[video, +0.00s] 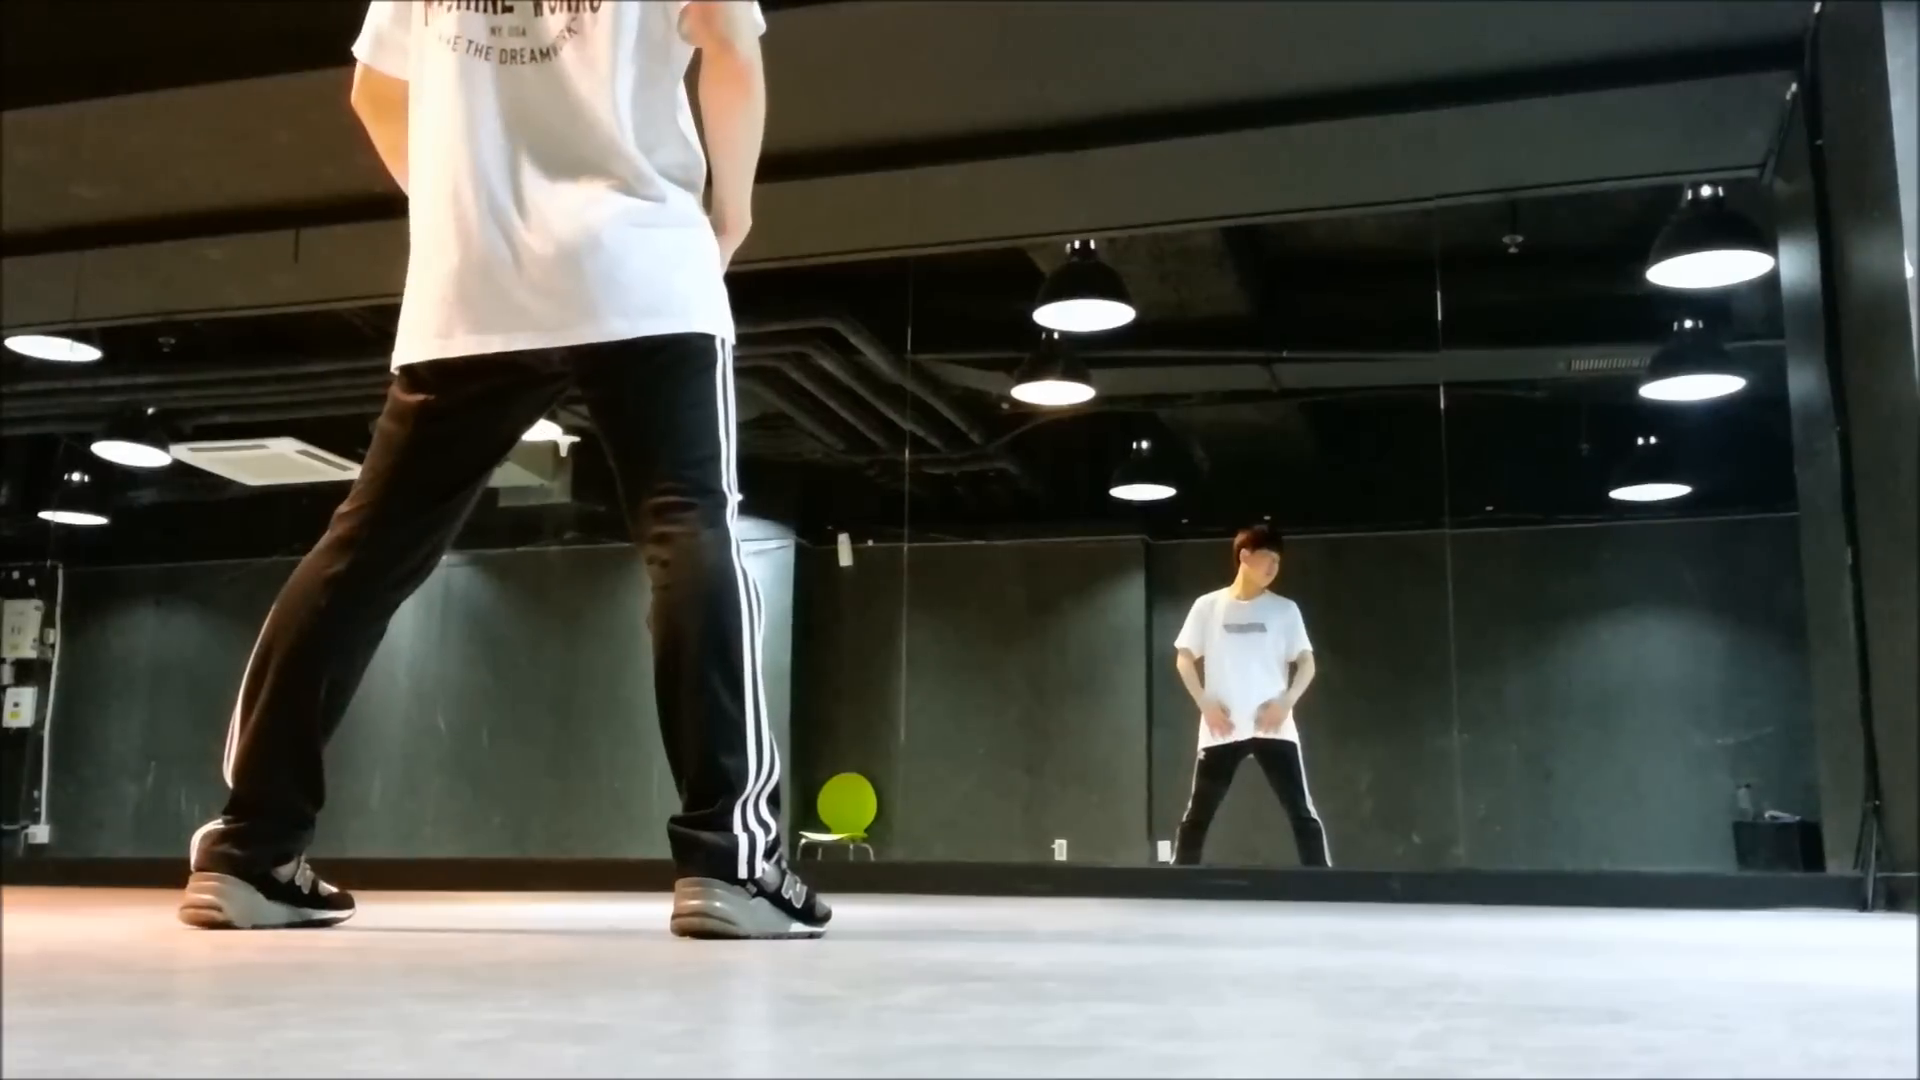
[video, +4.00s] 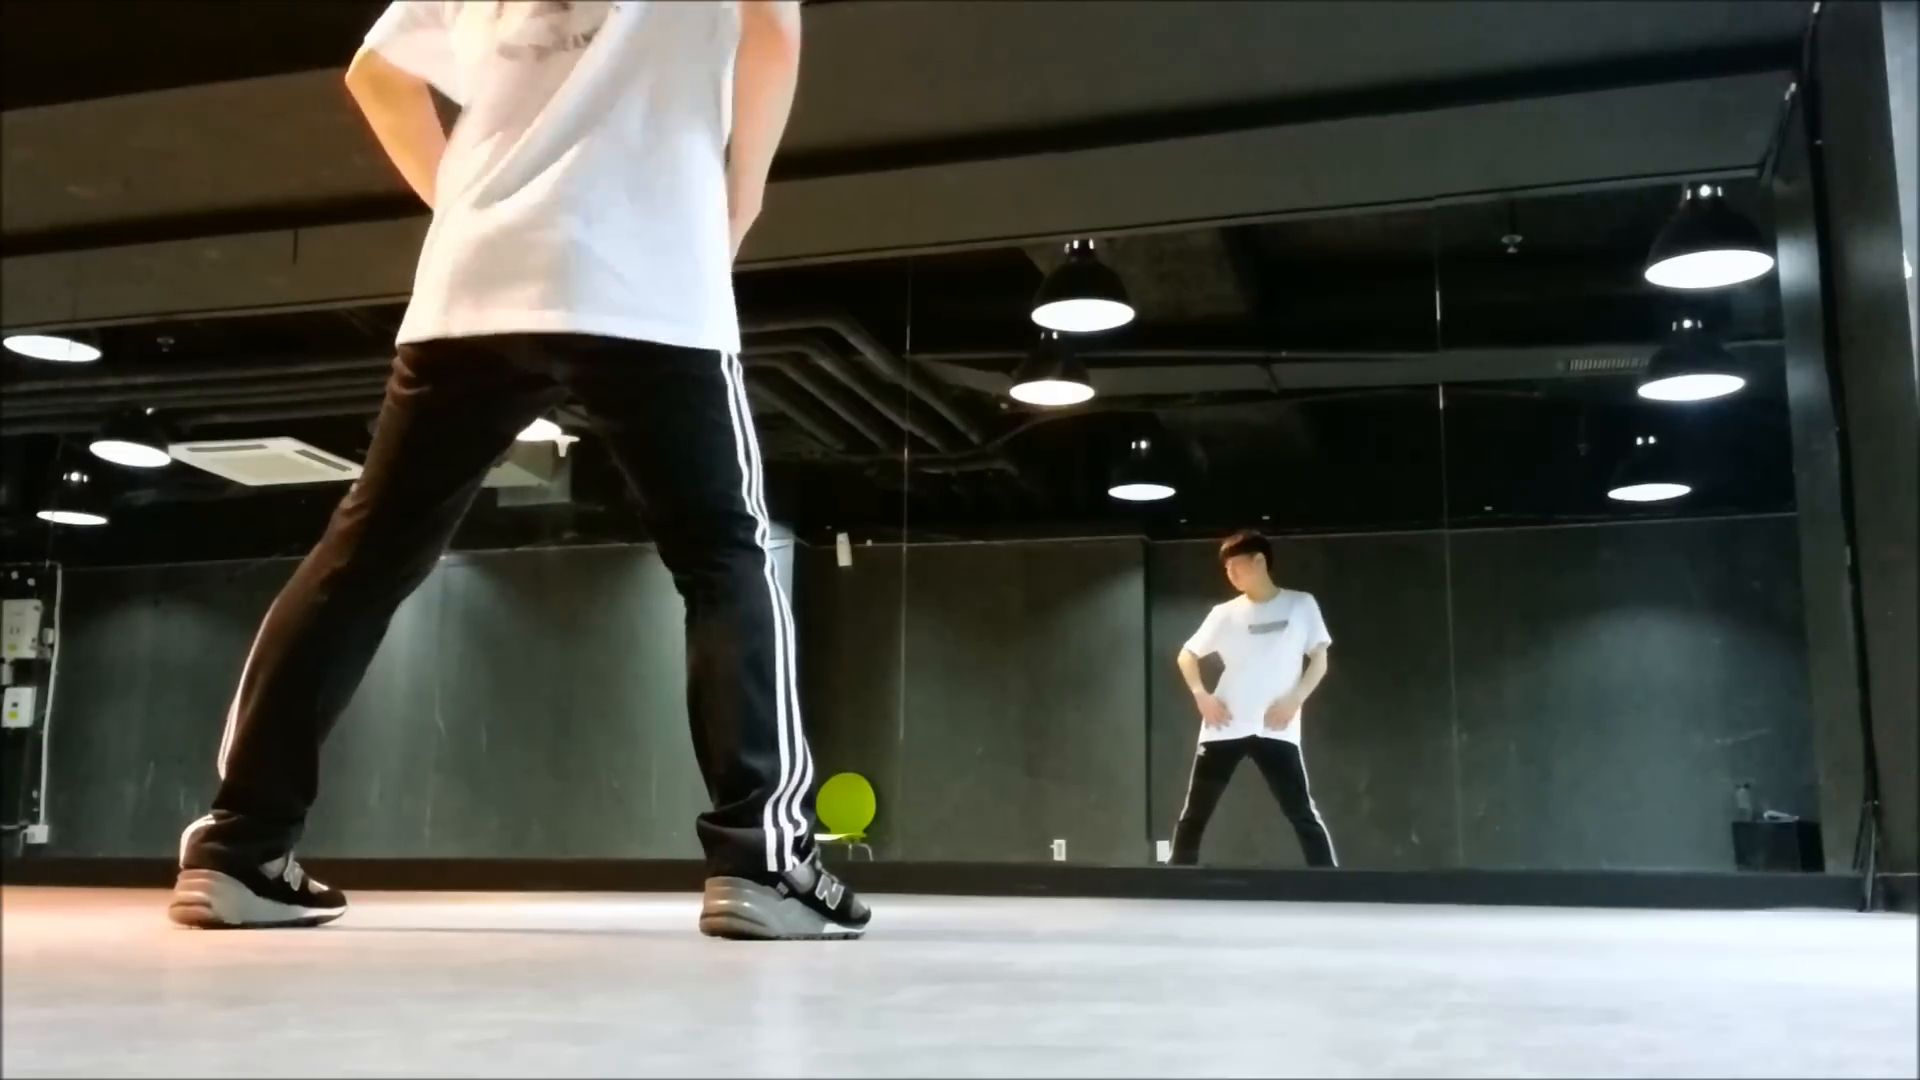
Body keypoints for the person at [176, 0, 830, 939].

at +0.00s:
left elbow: (377, 88)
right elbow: (728, 45)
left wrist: (460, 207)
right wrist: (730, 210)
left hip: (468, 255)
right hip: (637, 252)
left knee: (367, 549)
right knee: (688, 532)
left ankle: (246, 846)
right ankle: (730, 858)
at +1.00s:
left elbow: (363, 83)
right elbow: (730, 44)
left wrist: (452, 210)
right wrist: (727, 208)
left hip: (466, 251)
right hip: (636, 254)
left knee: (360, 552)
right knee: (688, 534)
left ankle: (244, 848)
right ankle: (728, 859)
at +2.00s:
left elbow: (364, 78)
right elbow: (731, 39)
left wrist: (463, 212)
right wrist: (725, 220)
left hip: (472, 273)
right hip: (642, 268)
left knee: (371, 557)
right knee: (719, 554)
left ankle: (244, 847)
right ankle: (761, 855)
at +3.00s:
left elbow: (343, 72)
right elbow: (762, 27)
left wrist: (458, 197)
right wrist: (748, 185)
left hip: (484, 272)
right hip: (654, 270)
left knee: (375, 553)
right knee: (717, 545)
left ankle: (238, 845)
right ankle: (762, 857)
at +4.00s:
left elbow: (379, 74)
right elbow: (771, 27)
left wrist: (474, 210)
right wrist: (741, 194)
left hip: (476, 260)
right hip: (646, 263)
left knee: (365, 553)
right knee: (725, 557)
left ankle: (235, 843)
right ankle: (762, 856)